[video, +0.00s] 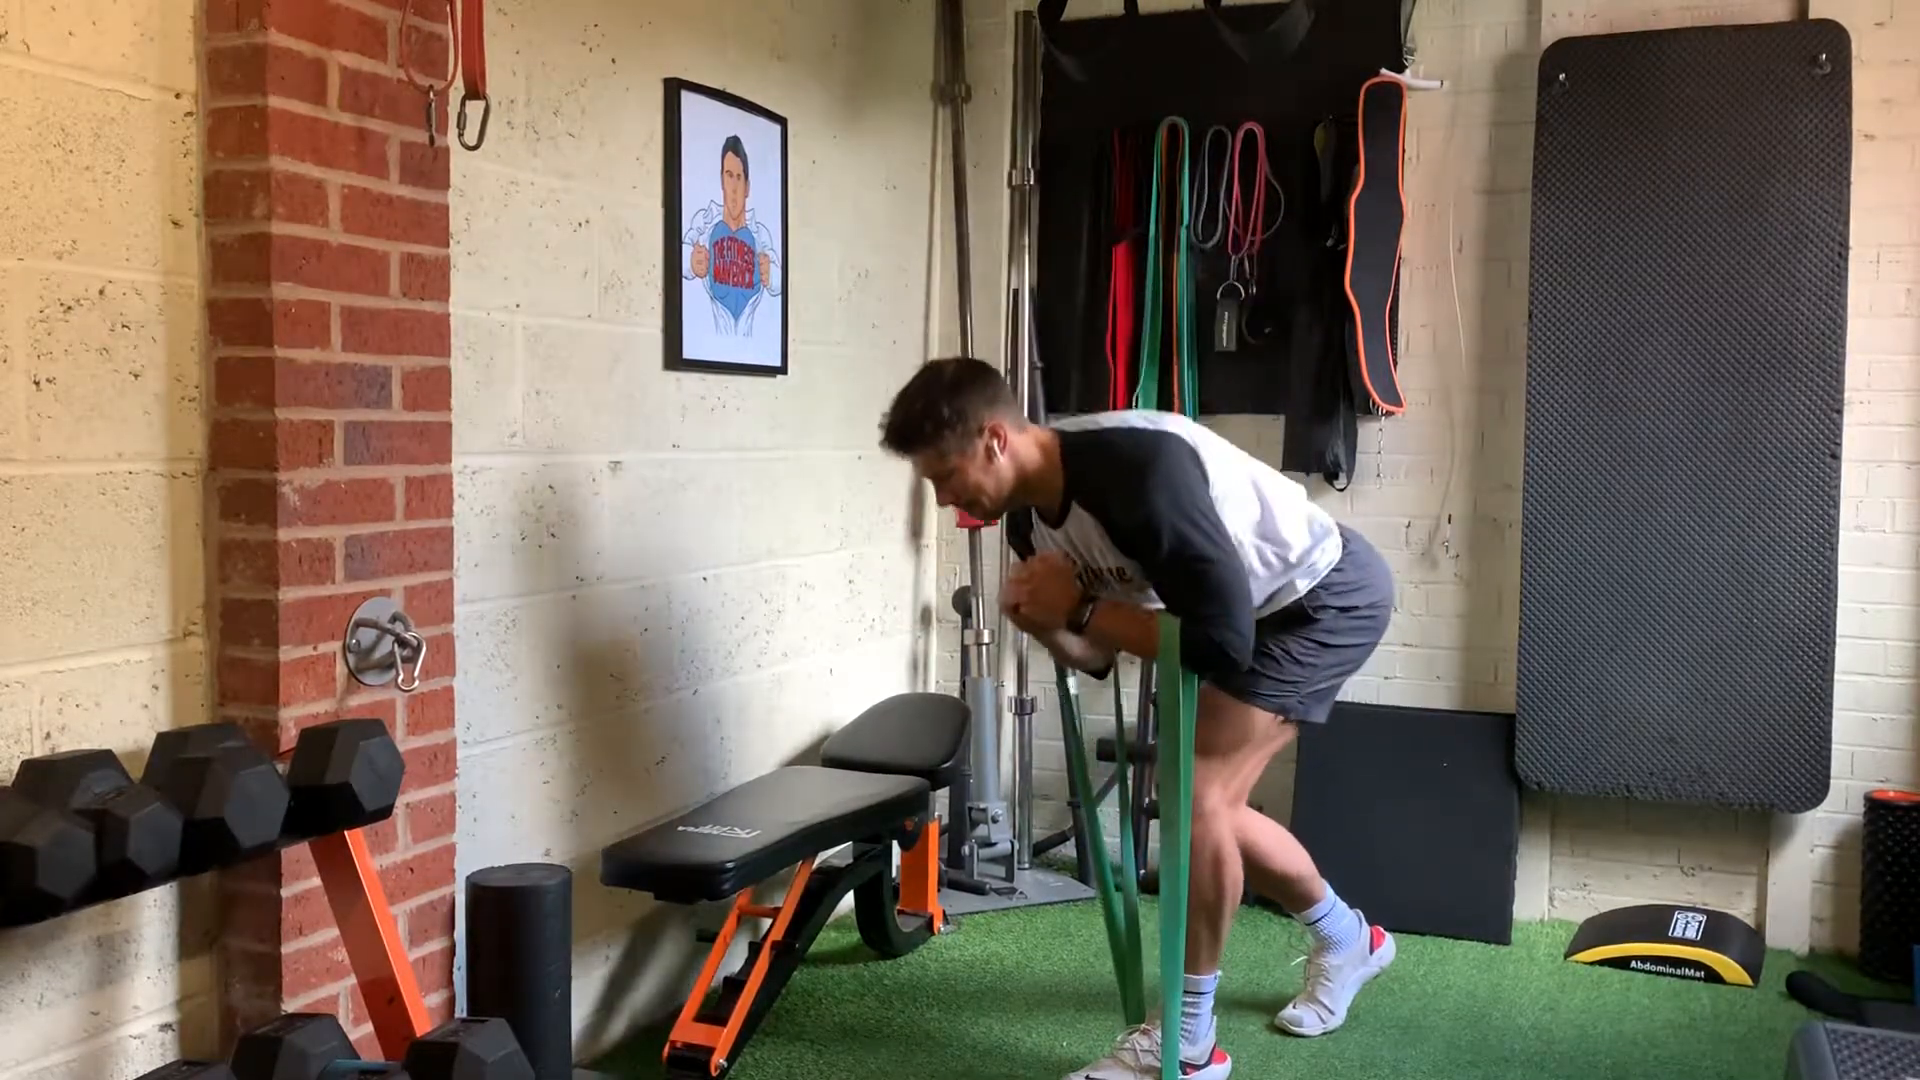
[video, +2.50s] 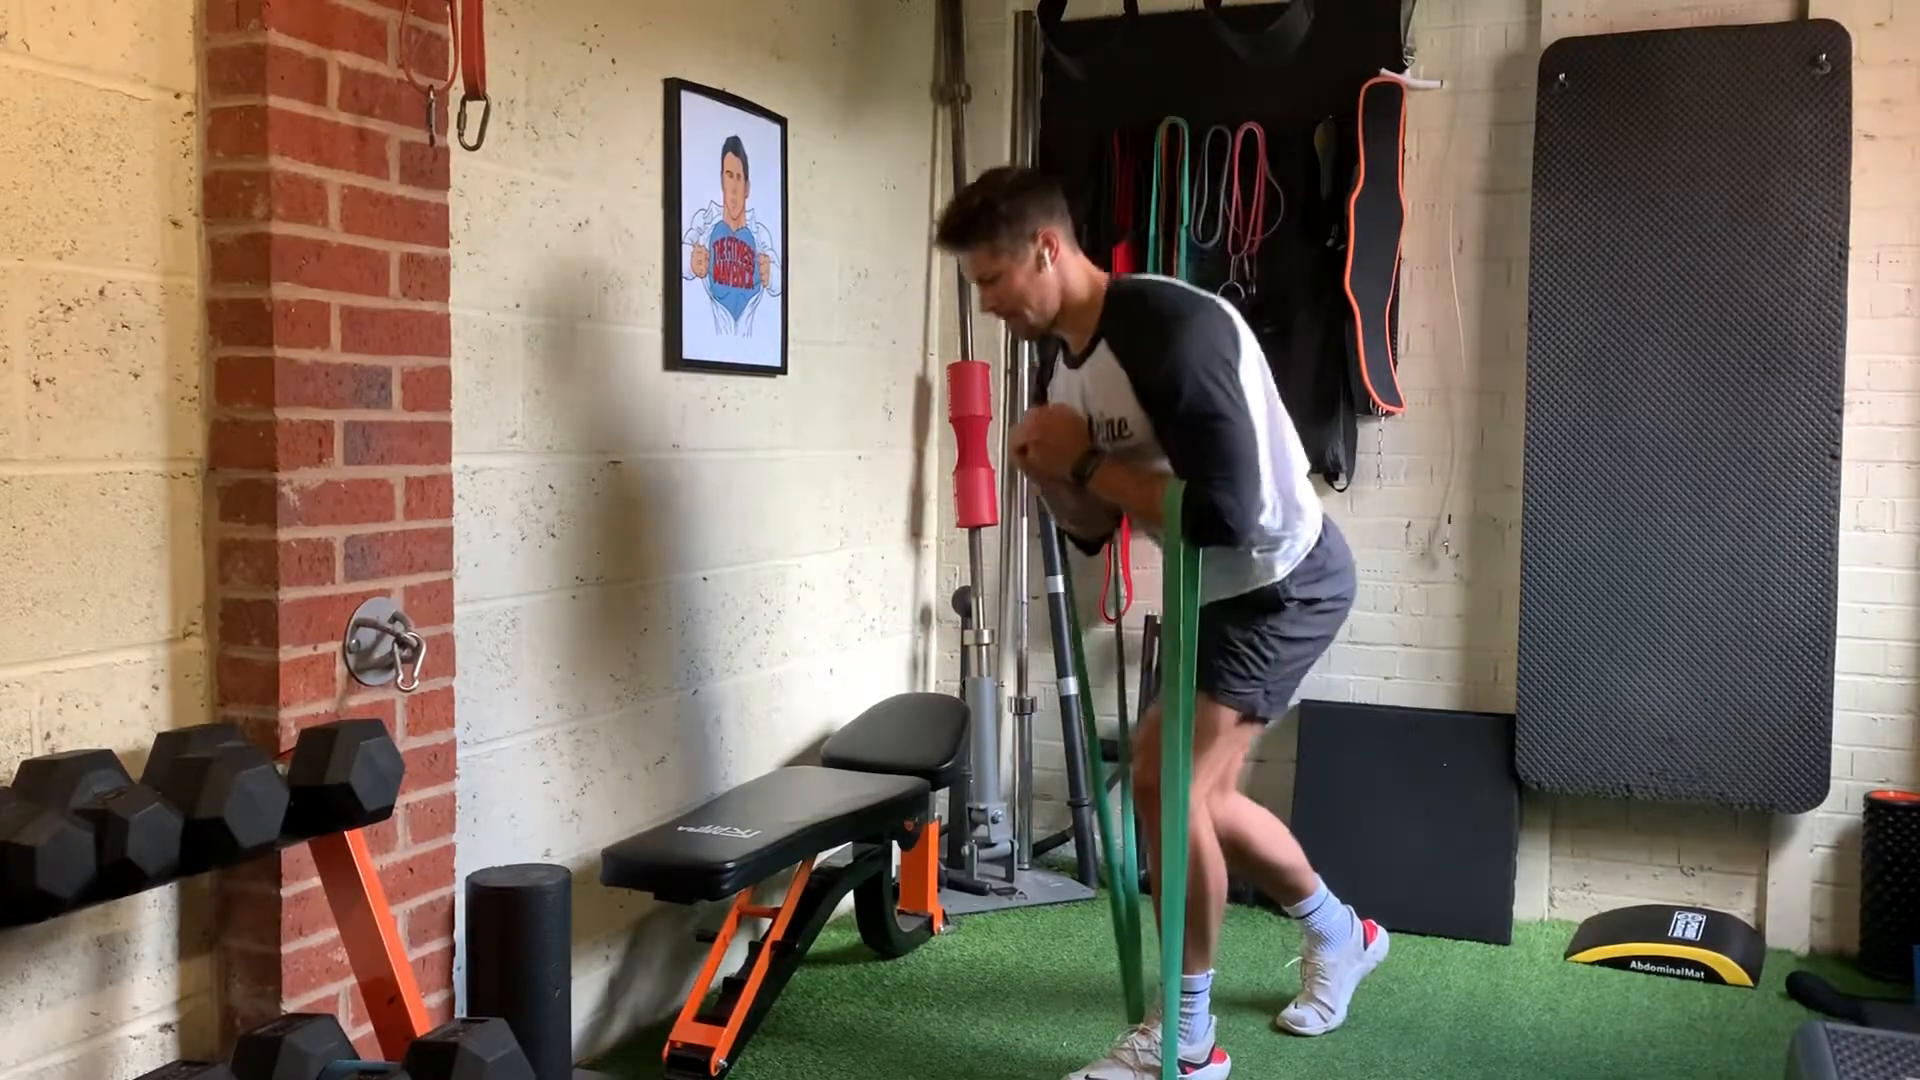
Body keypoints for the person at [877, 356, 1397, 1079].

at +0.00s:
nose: (945, 503)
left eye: (946, 479)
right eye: (933, 485)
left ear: (997, 441)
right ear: (996, 445)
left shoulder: (1143, 469)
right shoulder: (1032, 515)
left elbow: (1224, 642)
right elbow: (1101, 657)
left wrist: (1081, 605)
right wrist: (1049, 626)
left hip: (1325, 590)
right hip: (1251, 602)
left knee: (1202, 798)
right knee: (1208, 805)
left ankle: (1188, 1038)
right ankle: (1350, 937)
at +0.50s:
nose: (933, 642)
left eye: (933, 623)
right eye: (921, 627)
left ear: (982, 588)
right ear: (984, 584)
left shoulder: (1134, 585)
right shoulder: (1026, 612)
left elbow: (1228, 744)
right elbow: (1130, 727)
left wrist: (1090, 721)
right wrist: (1062, 735)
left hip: (1341, 599)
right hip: (1270, 603)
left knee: (1203, 804)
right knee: (1198, 807)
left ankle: (1185, 1040)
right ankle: (1351, 940)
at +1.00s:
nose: (975, 343)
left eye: (981, 319)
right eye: (965, 325)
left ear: (1037, 289)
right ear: (1027, 297)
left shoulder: (1171, 361)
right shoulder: (1054, 398)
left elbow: (1224, 538)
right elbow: (1092, 563)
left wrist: (1092, 492)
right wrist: (1048, 498)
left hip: (1296, 579)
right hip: (1216, 591)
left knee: (1167, 785)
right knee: (1206, 815)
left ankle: (1186, 1035)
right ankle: (1349, 937)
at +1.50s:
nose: (1102, 192)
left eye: (1112, 165)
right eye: (1087, 174)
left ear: (1162, 131)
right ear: (1084, 165)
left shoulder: (1256, 238)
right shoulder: (1119, 254)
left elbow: (1248, 409)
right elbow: (1089, 427)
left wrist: (1129, 324)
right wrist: (1090, 331)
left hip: (1227, 543)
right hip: (1148, 549)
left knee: (1165, 773)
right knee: (1233, 768)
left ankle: (1186, 1033)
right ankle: (1341, 931)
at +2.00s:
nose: (1096, 188)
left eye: (1105, 160)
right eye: (1082, 169)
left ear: (1161, 130)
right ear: (1086, 163)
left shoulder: (1258, 241)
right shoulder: (1122, 258)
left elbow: (1253, 416)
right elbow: (1093, 433)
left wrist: (1132, 332)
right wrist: (1093, 342)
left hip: (1233, 547)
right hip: (1153, 553)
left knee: (1162, 766)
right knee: (1228, 773)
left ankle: (1189, 1031)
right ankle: (1337, 931)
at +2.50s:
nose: (987, 303)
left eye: (995, 279)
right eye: (976, 285)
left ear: (1051, 249)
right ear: (1036, 258)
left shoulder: (1178, 332)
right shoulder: (1063, 361)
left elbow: (1229, 514)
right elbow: (1096, 532)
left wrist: (1088, 466)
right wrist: (1049, 473)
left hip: (1285, 578)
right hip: (1210, 578)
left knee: (1162, 779)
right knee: (1201, 794)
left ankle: (1187, 1035)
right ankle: (1341, 931)